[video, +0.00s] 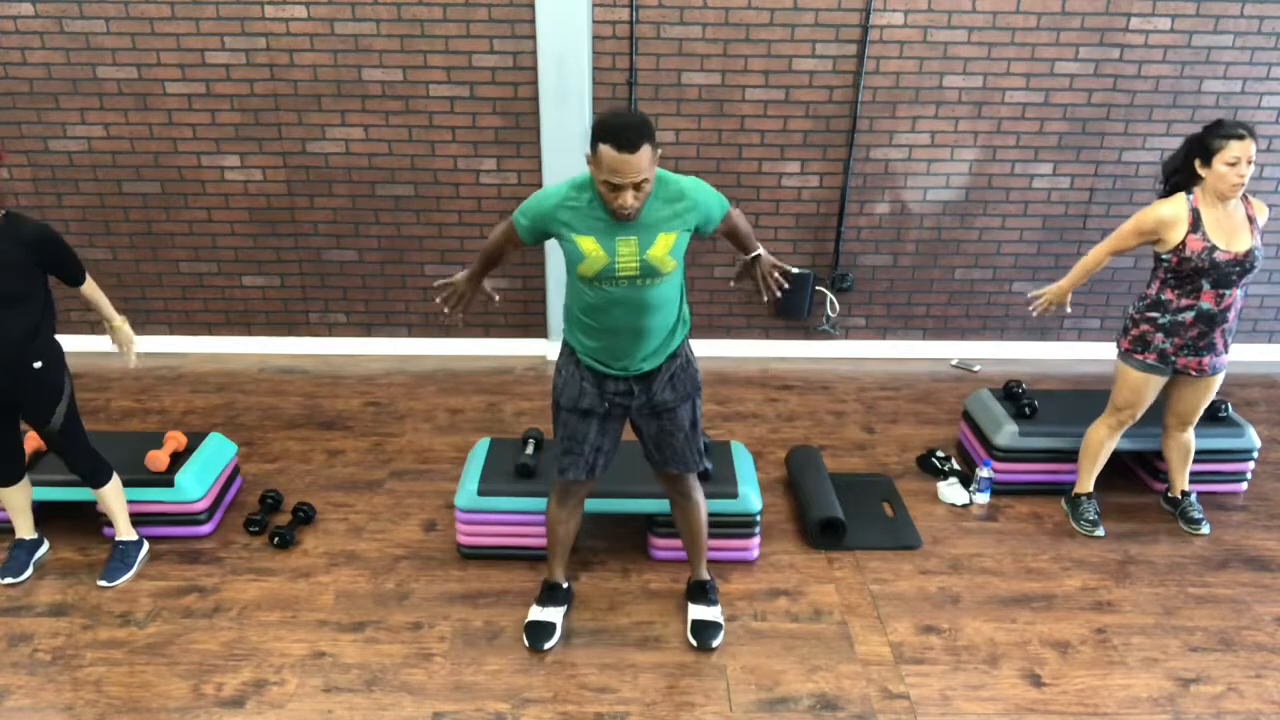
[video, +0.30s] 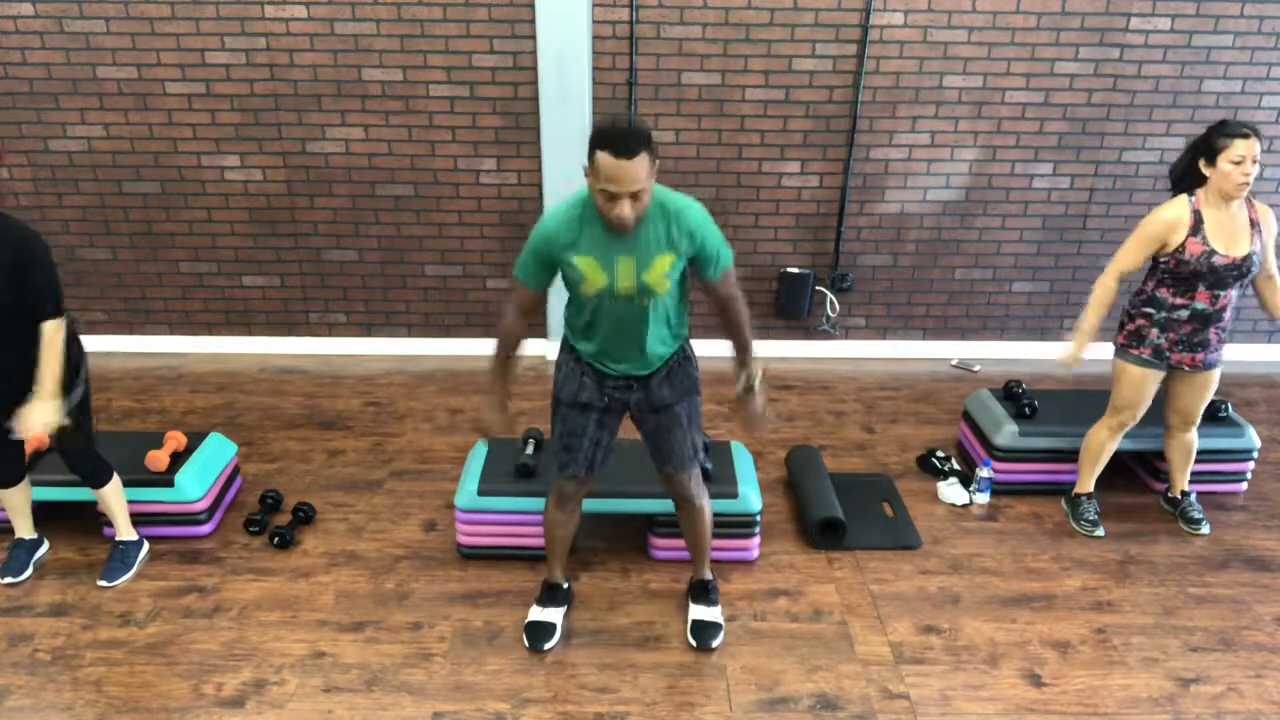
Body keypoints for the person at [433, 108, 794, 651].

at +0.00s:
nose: (626, 199)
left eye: (639, 185)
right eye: (613, 185)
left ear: (656, 163)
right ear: (591, 165)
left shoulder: (688, 198)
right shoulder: (558, 205)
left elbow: (728, 220)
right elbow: (509, 235)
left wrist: (756, 252)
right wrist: (473, 275)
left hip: (665, 369)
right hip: (587, 370)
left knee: (681, 478)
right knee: (569, 482)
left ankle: (701, 584)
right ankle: (555, 586)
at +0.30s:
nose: (624, 210)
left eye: (636, 196)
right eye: (610, 196)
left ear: (654, 176)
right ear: (589, 177)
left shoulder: (687, 220)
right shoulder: (557, 230)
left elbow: (727, 291)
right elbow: (520, 311)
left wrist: (747, 366)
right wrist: (497, 390)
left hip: (665, 368)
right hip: (587, 369)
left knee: (686, 483)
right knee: (567, 485)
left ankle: (703, 584)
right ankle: (554, 585)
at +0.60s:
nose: (623, 359)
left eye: (635, 344)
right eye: (609, 344)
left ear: (652, 330)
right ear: (591, 330)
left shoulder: (681, 355)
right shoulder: (565, 363)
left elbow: (706, 453)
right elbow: (551, 462)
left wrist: (702, 507)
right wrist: (559, 511)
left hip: (662, 431)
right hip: (590, 431)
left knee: (709, 519)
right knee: (545, 517)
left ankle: (703, 590)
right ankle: (553, 591)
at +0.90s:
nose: (623, 437)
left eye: (635, 423)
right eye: (609, 423)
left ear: (651, 406)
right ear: (592, 408)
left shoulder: (678, 428)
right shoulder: (565, 436)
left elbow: (706, 546)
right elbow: (539, 561)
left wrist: (695, 506)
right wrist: (557, 519)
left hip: (660, 479)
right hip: (588, 477)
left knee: (706, 548)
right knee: (547, 533)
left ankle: (701, 591)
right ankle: (553, 593)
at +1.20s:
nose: (627, 320)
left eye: (639, 304)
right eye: (614, 305)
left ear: (655, 299)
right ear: (595, 299)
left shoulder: (680, 336)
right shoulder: (568, 337)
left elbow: (716, 430)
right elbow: (530, 429)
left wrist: (733, 514)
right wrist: (523, 515)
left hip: (660, 416)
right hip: (586, 415)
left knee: (690, 507)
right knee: (557, 509)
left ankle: (701, 588)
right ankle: (553, 590)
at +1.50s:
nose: (629, 172)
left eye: (640, 157)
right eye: (615, 158)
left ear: (655, 156)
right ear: (592, 158)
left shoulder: (685, 216)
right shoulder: (557, 223)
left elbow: (742, 294)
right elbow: (510, 301)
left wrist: (778, 375)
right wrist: (470, 387)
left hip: (662, 363)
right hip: (584, 363)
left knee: (684, 479)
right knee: (566, 482)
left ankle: (708, 584)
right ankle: (554, 588)